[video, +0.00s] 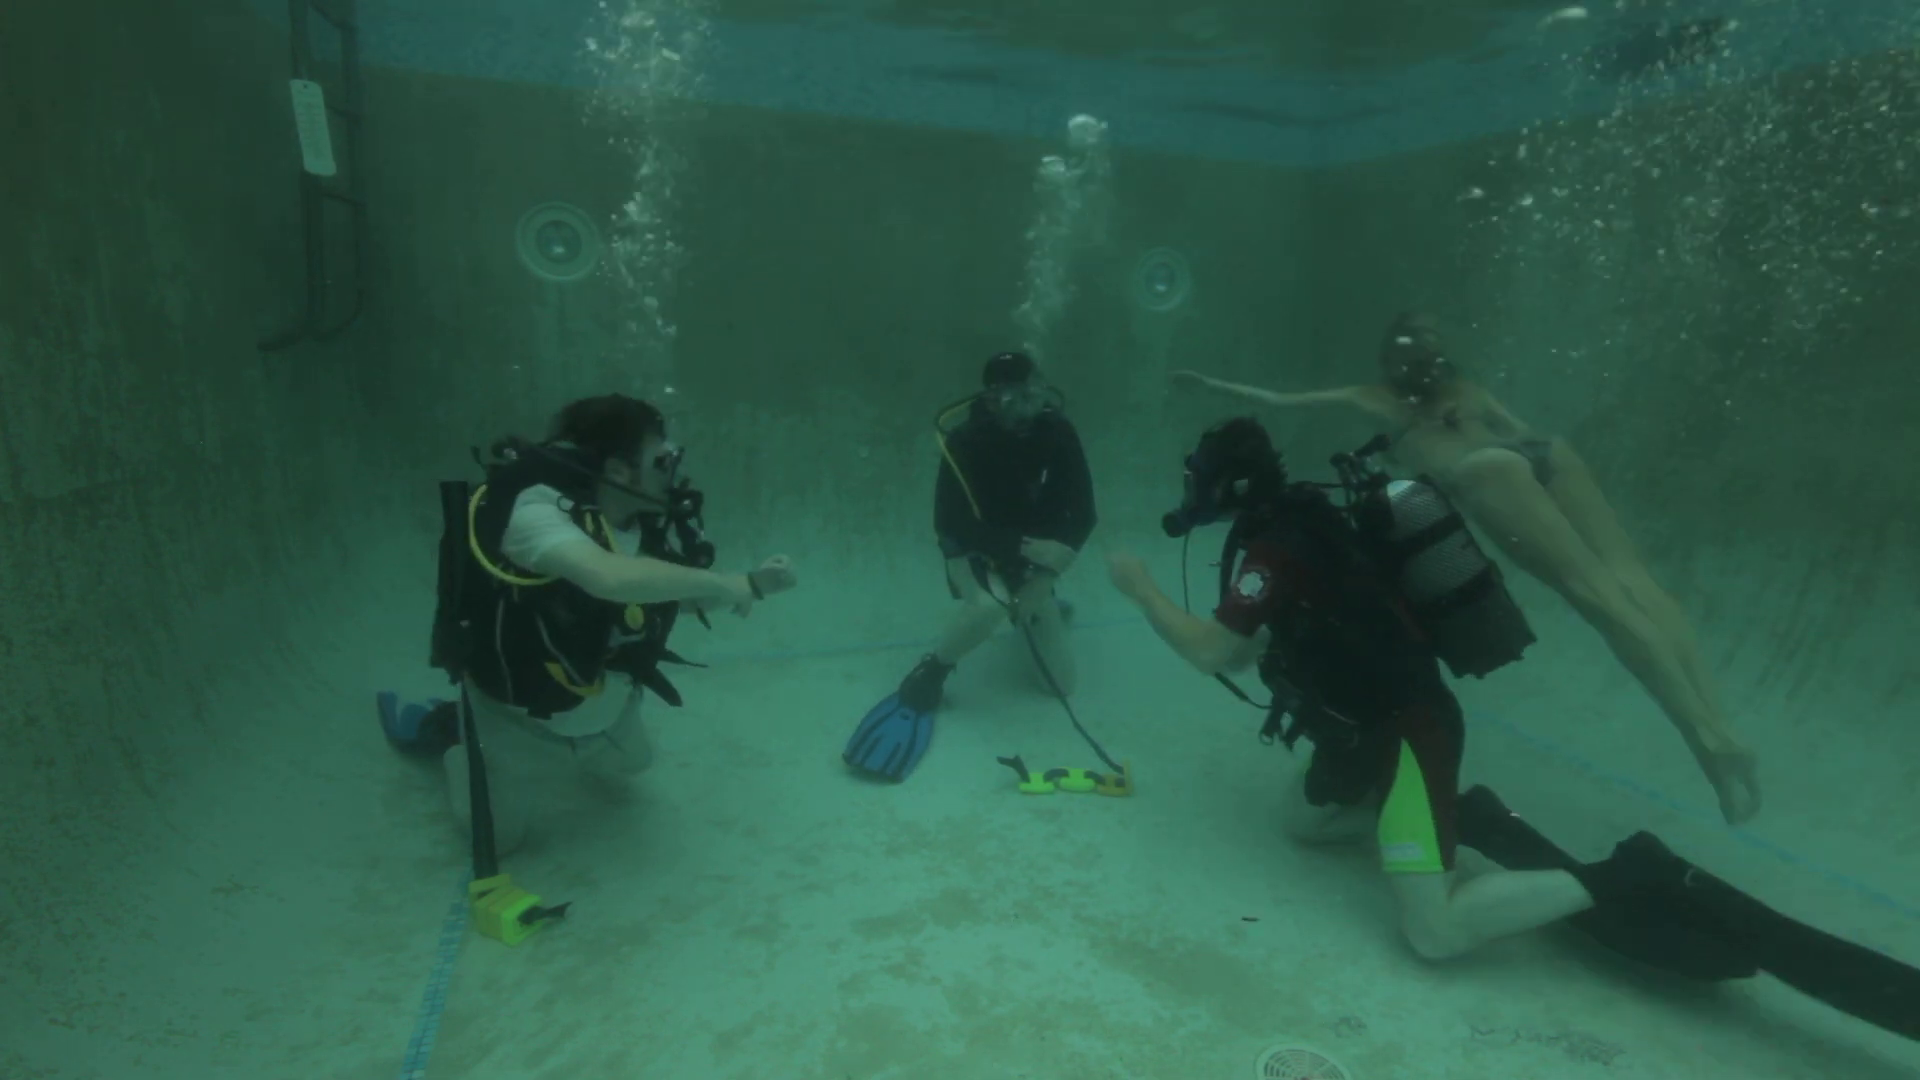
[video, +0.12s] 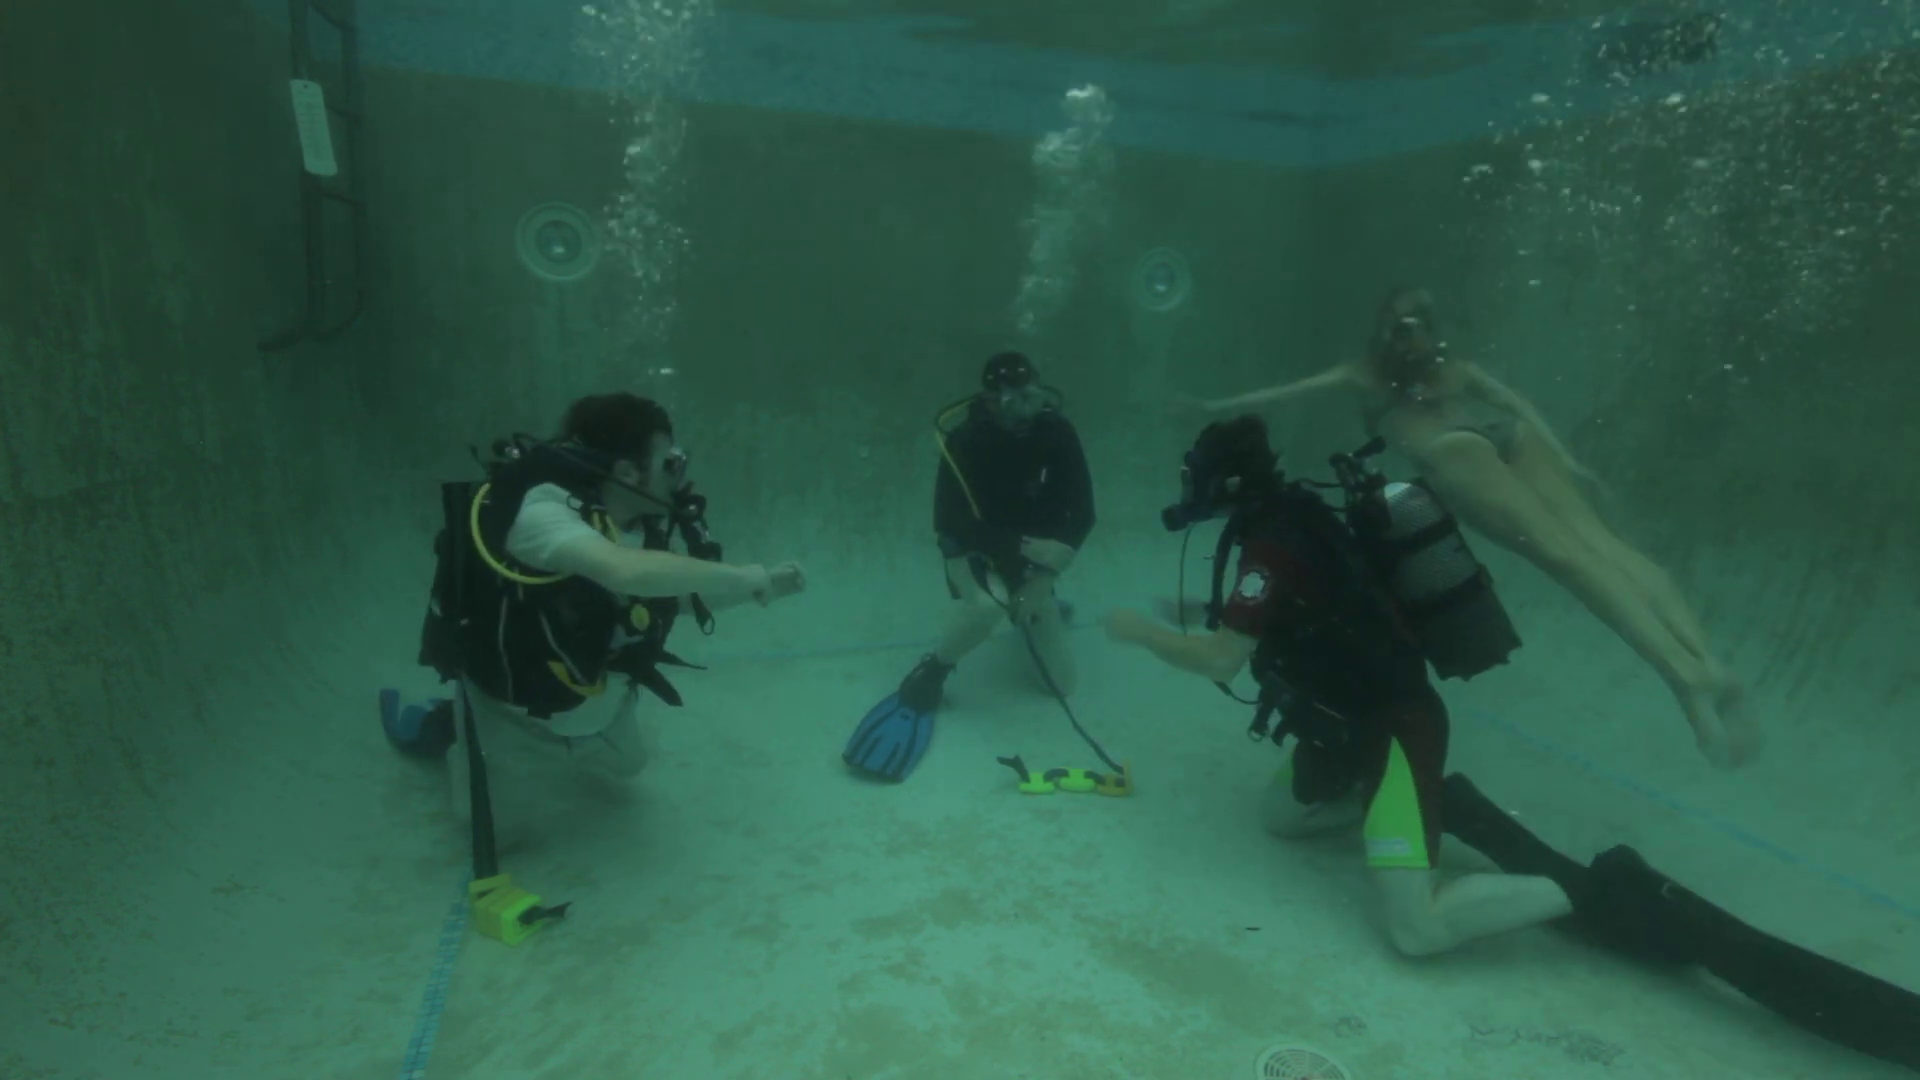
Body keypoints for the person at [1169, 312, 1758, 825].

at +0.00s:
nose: (1397, 381)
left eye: (1394, 372)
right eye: (1406, 369)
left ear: (1394, 371)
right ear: (1435, 361)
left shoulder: (1386, 399)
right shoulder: (1467, 389)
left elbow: (1289, 400)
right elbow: (1524, 434)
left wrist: (1215, 381)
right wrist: (1544, 450)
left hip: (1484, 472)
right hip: (1544, 456)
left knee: (1592, 594)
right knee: (1635, 582)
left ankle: (1704, 738)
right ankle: (1718, 730)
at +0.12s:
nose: (1414, 337)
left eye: (1415, 329)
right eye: (1409, 330)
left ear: (1397, 338)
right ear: (1419, 336)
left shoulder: (1368, 378)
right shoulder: (1459, 369)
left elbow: (1281, 394)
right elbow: (1523, 407)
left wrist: (1214, 406)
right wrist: (1571, 460)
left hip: (1451, 456)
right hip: (1509, 438)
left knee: (1562, 555)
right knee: (1602, 544)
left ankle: (1686, 678)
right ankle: (1709, 661)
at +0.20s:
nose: (1409, 329)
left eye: (1409, 322)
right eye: (1408, 321)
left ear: (1391, 320)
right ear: (1423, 319)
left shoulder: (1364, 356)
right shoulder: (1454, 352)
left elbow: (1304, 382)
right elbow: (1512, 396)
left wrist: (1259, 412)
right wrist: (1568, 433)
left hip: (1434, 443)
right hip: (1491, 428)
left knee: (1539, 534)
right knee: (1577, 519)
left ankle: (1650, 636)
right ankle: (1693, 610)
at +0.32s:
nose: (1387, 262)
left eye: (1391, 255)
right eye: (1394, 254)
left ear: (1392, 264)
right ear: (1423, 269)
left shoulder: (1361, 311)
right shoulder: (1448, 323)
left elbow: (1334, 371)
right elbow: (1465, 378)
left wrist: (1292, 428)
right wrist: (1512, 416)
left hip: (1409, 416)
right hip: (1464, 415)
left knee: (1471, 509)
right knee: (1526, 511)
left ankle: (1596, 572)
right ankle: (1641, 534)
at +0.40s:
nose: (1399, 249)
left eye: (1407, 242)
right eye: (1399, 240)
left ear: (1411, 247)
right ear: (1408, 246)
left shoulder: (1366, 291)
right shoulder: (1449, 304)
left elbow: (1353, 358)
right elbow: (1460, 371)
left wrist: (1320, 421)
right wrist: (1493, 427)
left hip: (1400, 402)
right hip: (1453, 404)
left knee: (1439, 511)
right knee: (1501, 531)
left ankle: (1567, 527)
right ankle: (1581, 507)